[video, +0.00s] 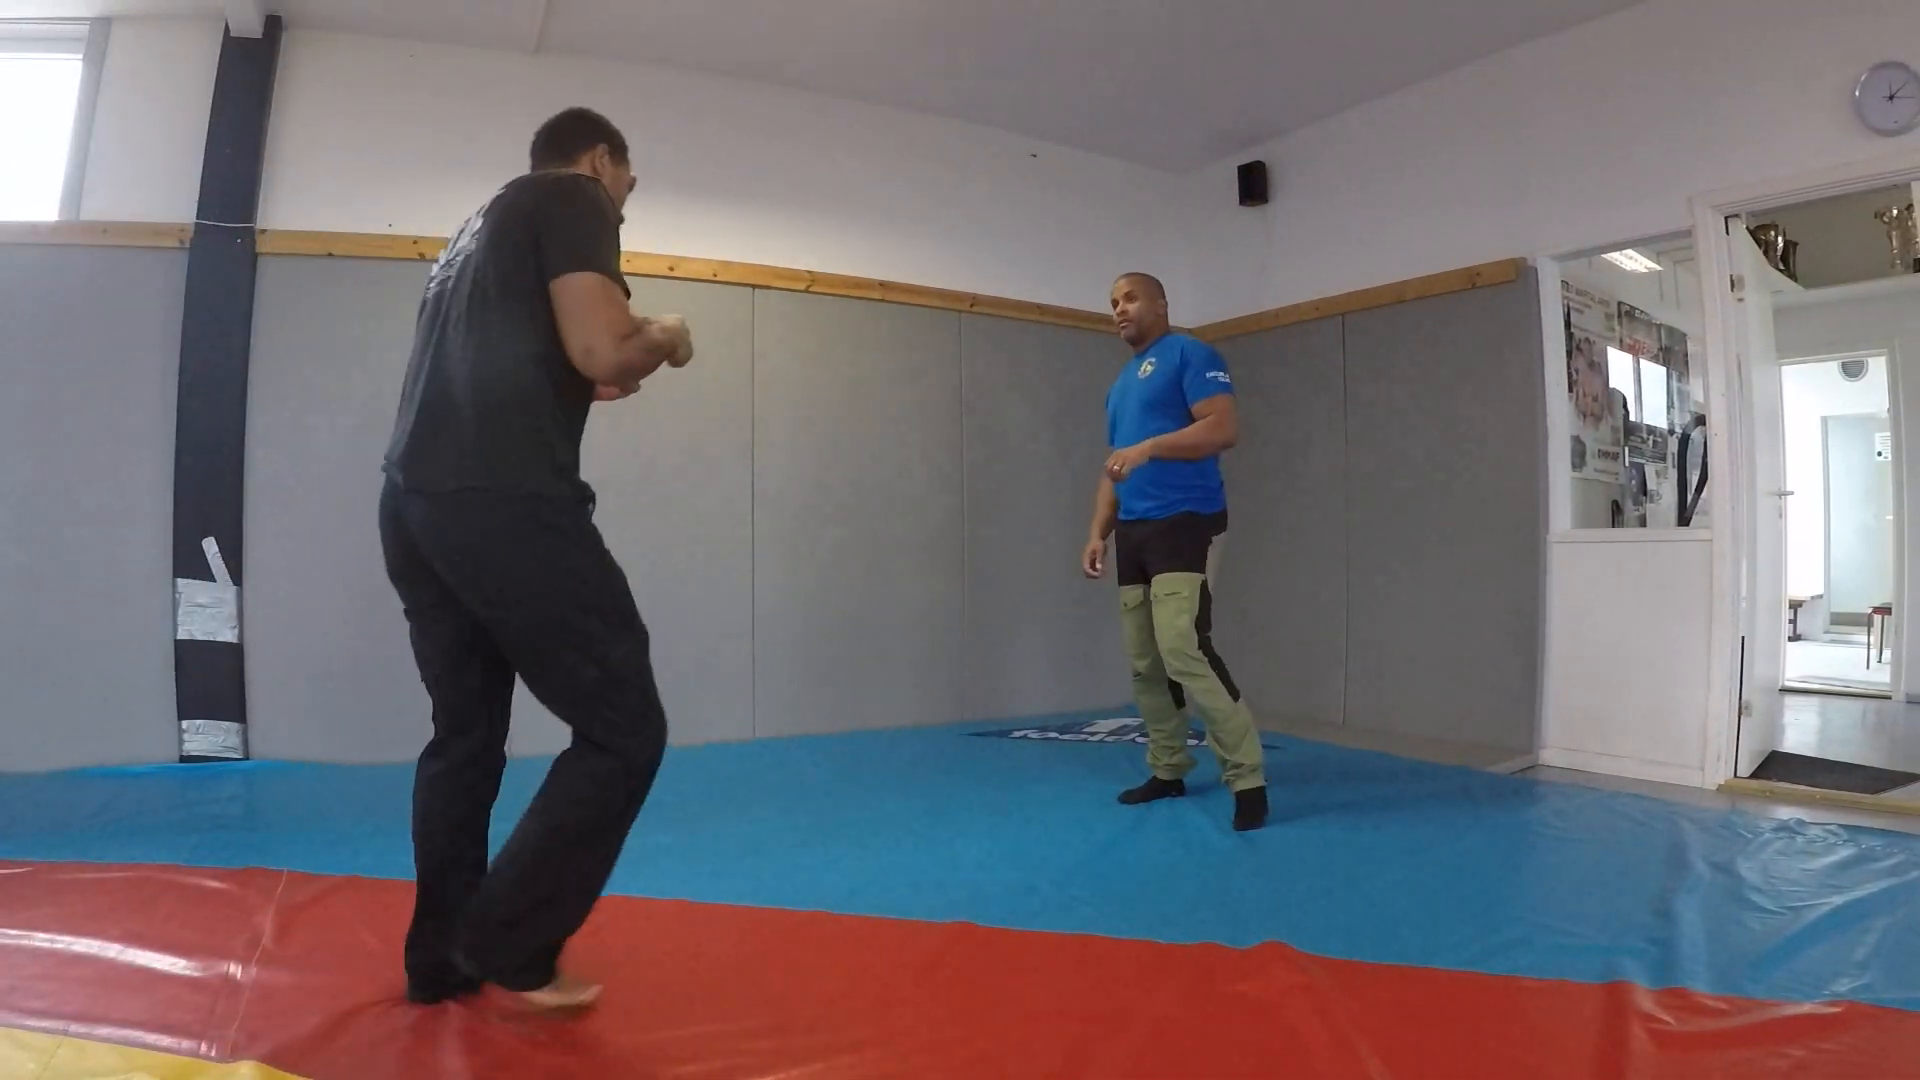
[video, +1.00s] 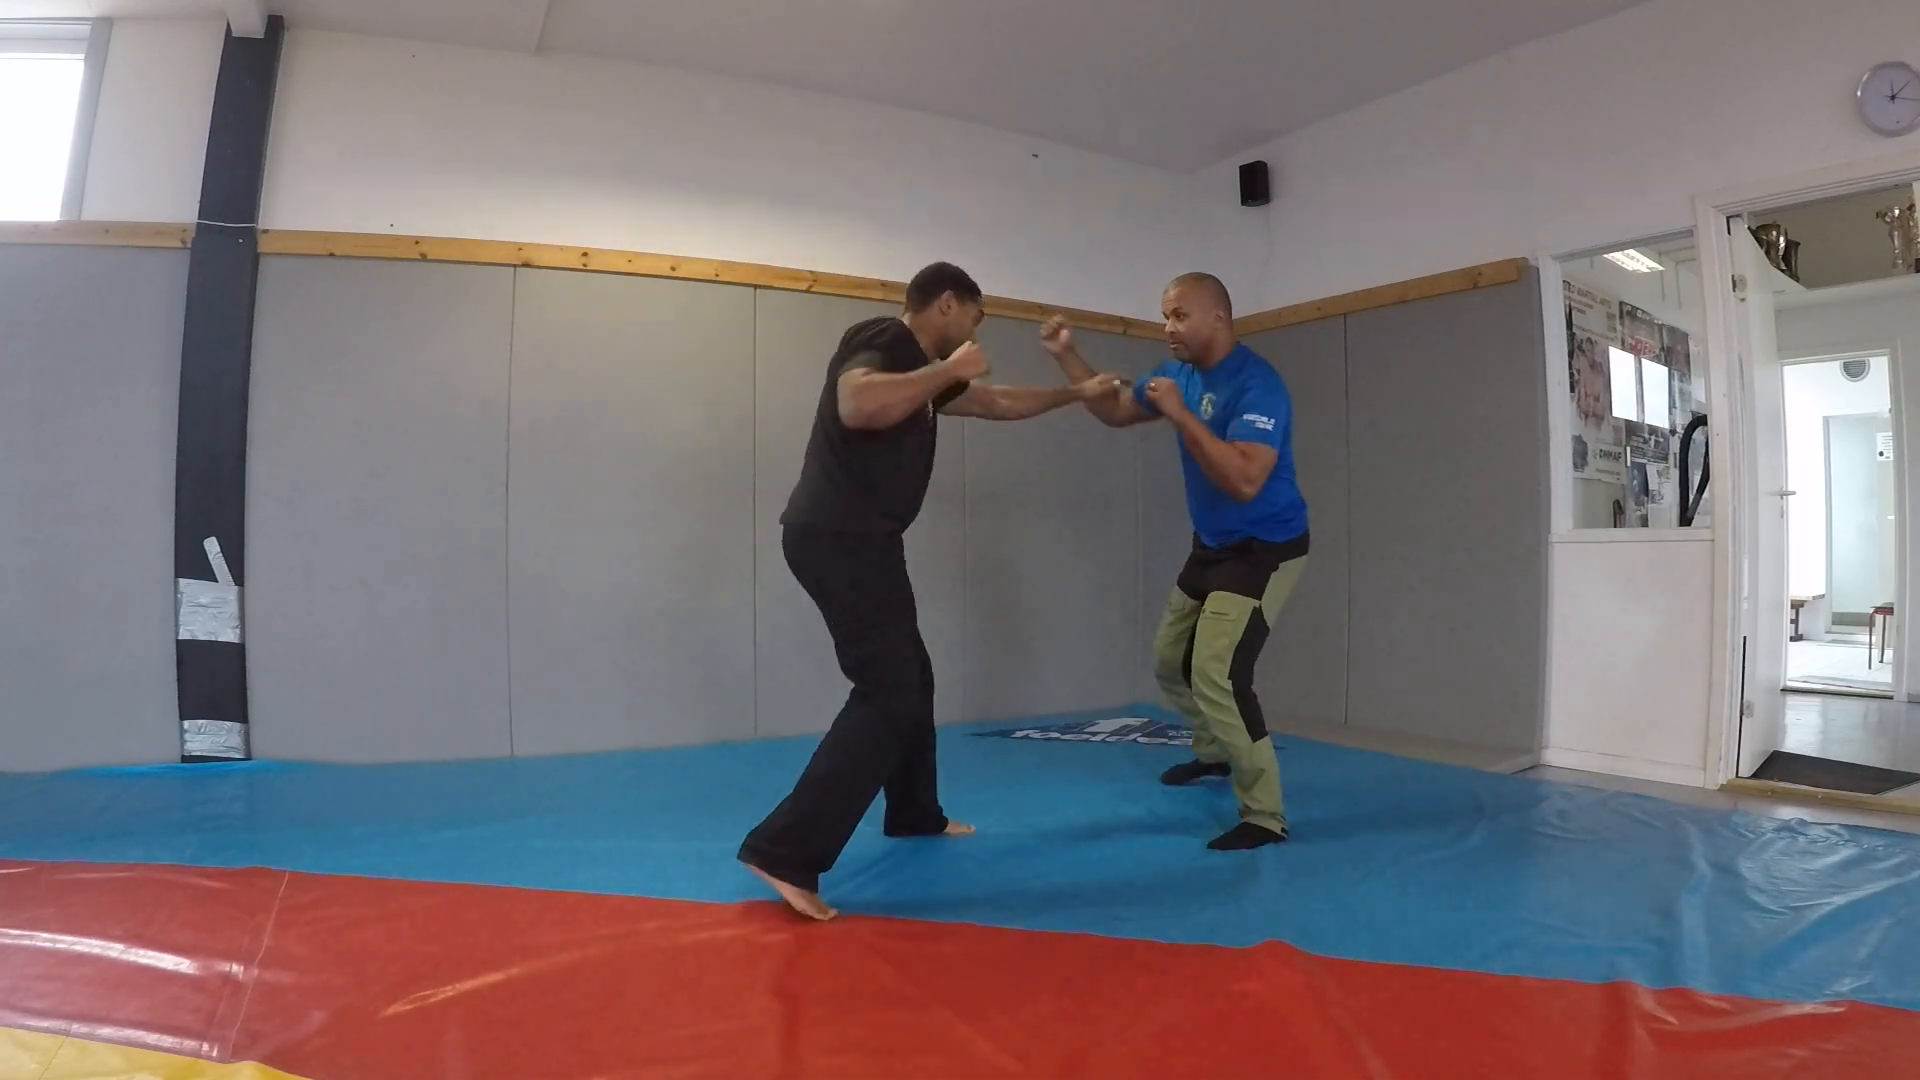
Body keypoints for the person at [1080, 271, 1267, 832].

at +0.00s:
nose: (1119, 311)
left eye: (1129, 300)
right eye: (1114, 305)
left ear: (1161, 304)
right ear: (1115, 318)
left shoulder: (1191, 354)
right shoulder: (1120, 386)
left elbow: (1222, 428)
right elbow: (1116, 465)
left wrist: (1147, 448)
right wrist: (1098, 531)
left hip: (1184, 522)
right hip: (1133, 529)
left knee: (1182, 650)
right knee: (1146, 661)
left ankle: (1248, 778)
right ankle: (1167, 773)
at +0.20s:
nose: (1117, 311)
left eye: (1126, 299)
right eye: (1112, 305)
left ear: (1160, 303)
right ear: (1115, 318)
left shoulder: (1190, 353)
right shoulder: (1122, 385)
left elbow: (1226, 426)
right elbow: (1116, 469)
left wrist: (1149, 442)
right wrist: (1082, 524)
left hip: (1187, 523)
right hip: (1136, 529)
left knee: (1183, 652)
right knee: (1147, 662)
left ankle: (1235, 788)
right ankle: (1167, 772)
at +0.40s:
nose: (1117, 313)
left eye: (1127, 300)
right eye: (1112, 306)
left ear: (1161, 303)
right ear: (1117, 319)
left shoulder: (1192, 353)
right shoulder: (1136, 377)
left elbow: (1221, 430)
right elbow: (1139, 469)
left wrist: (1138, 420)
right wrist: (1091, 500)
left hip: (1197, 533)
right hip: (1147, 534)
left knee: (1194, 671)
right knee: (1147, 670)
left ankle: (1227, 803)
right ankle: (1167, 774)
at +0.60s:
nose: (1123, 322)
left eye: (1134, 309)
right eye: (1119, 314)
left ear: (1171, 310)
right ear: (1126, 326)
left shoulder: (1199, 364)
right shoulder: (1154, 381)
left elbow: (1200, 445)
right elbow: (1166, 478)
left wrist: (1128, 401)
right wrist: (1113, 472)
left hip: (1217, 537)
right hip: (1169, 539)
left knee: (1191, 669)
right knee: (1146, 673)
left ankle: (1259, 804)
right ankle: (1169, 773)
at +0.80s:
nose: (1141, 328)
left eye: (1151, 315)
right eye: (1138, 319)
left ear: (1190, 317)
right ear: (1147, 327)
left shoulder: (1214, 374)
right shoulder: (1182, 381)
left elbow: (1192, 467)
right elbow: (1178, 462)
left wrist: (1129, 415)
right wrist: (1128, 431)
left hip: (1247, 544)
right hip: (1201, 544)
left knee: (1203, 674)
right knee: (1157, 670)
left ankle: (1264, 817)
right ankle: (1171, 774)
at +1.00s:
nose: (1169, 329)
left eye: (1179, 316)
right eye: (1166, 319)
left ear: (1220, 317)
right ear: (1174, 325)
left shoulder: (1259, 387)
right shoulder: (1181, 376)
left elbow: (1246, 480)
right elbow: (1116, 410)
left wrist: (1179, 412)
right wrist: (1068, 355)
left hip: (1267, 546)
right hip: (1213, 544)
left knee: (1217, 671)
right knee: (1172, 663)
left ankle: (1265, 818)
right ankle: (1215, 754)